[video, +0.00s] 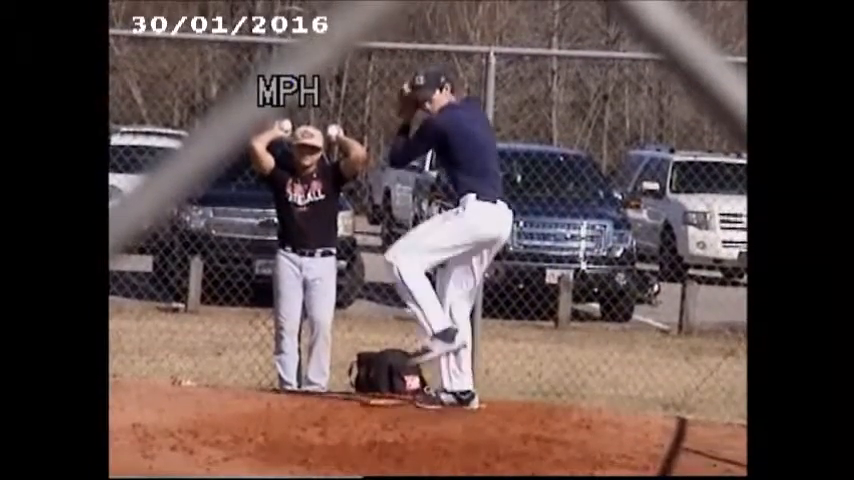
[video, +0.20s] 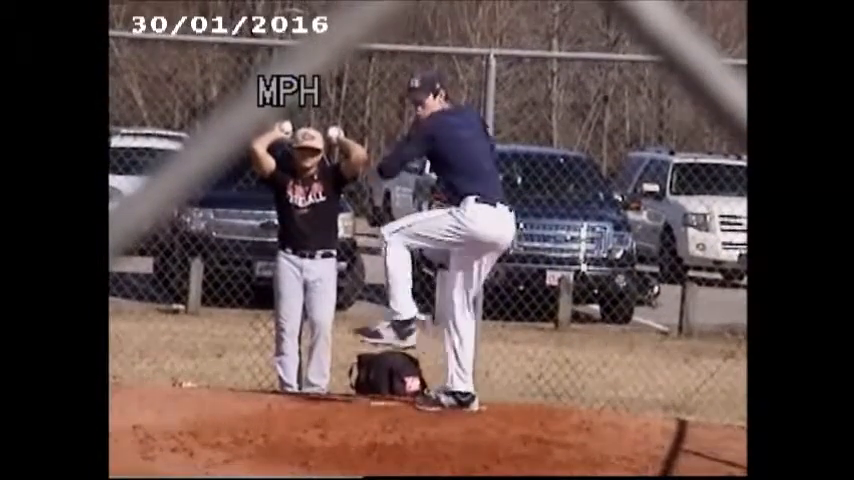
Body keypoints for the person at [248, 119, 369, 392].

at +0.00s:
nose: (307, 157)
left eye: (313, 151)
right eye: (302, 150)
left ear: (322, 152)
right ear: (292, 150)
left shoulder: (333, 174)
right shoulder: (281, 176)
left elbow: (360, 156)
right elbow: (256, 146)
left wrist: (341, 138)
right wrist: (277, 131)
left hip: (323, 258)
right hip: (288, 257)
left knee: (321, 321)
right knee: (286, 323)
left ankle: (317, 382)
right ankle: (287, 382)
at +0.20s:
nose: (307, 159)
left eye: (313, 153)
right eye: (302, 153)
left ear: (322, 153)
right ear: (292, 152)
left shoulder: (333, 175)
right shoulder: (281, 177)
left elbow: (361, 158)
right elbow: (257, 148)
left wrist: (341, 140)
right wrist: (277, 132)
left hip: (323, 260)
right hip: (289, 259)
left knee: (322, 323)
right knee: (287, 324)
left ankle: (317, 384)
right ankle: (287, 384)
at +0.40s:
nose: (308, 153)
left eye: (314, 148)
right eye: (302, 148)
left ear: (323, 153)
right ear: (293, 153)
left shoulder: (334, 179)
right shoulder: (282, 179)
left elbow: (361, 161)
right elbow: (257, 150)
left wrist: (341, 142)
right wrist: (277, 135)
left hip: (323, 262)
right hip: (289, 260)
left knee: (321, 327)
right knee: (286, 327)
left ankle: (316, 388)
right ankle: (287, 387)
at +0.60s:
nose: (309, 156)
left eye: (315, 150)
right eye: (303, 150)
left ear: (322, 151)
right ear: (293, 150)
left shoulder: (333, 174)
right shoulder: (282, 176)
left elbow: (361, 157)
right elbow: (257, 148)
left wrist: (341, 139)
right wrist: (277, 132)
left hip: (323, 260)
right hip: (289, 258)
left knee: (322, 323)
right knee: (286, 324)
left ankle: (318, 382)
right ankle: (288, 384)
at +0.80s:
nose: (307, 154)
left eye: (313, 148)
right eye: (302, 148)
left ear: (321, 149)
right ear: (292, 149)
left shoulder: (331, 173)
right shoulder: (280, 175)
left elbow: (360, 154)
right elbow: (256, 146)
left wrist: (339, 137)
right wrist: (274, 129)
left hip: (322, 258)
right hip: (287, 256)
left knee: (320, 321)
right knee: (285, 322)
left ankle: (315, 382)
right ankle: (286, 382)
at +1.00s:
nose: (307, 158)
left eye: (313, 152)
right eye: (302, 152)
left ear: (322, 153)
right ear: (292, 153)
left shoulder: (332, 177)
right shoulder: (281, 179)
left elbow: (361, 159)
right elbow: (256, 151)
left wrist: (339, 141)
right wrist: (274, 134)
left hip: (322, 262)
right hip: (288, 260)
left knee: (320, 325)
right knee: (285, 326)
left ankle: (315, 386)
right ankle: (286, 386)